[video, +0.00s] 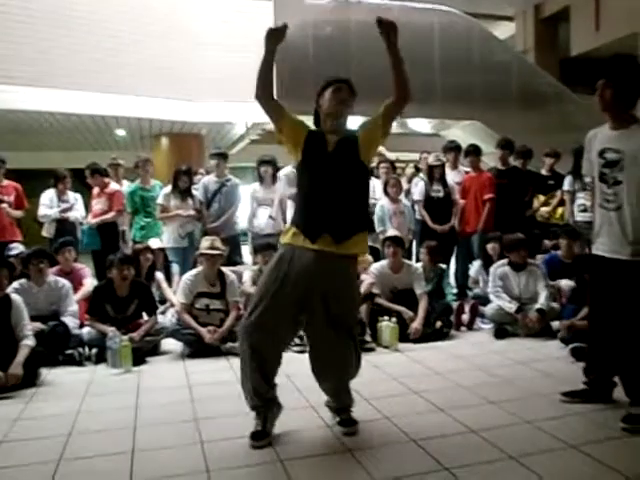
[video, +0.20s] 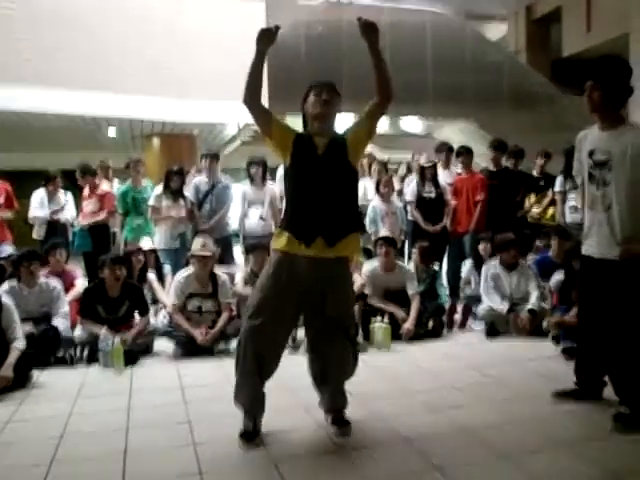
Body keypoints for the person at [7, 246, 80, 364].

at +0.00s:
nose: (39, 267)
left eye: (42, 263)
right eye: (34, 264)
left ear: (49, 266)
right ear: (28, 269)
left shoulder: (62, 286)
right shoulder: (17, 288)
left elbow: (73, 319)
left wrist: (46, 327)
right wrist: (26, 326)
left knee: (60, 331)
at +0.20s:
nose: (31, 270)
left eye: (35, 265)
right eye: (27, 266)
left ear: (40, 267)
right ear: (19, 269)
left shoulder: (53, 287)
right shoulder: (8, 290)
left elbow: (63, 316)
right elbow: (7, 320)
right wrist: (20, 329)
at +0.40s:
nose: (30, 250)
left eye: (33, 246)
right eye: (26, 247)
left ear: (40, 248)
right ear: (19, 251)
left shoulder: (54, 267)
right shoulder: (8, 271)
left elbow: (64, 300)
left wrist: (41, 311)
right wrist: (20, 309)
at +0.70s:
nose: (35, 249)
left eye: (38, 244)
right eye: (30, 245)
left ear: (43, 247)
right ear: (22, 250)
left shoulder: (57, 268)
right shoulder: (12, 272)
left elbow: (68, 299)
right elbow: (8, 301)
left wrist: (47, 309)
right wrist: (23, 308)